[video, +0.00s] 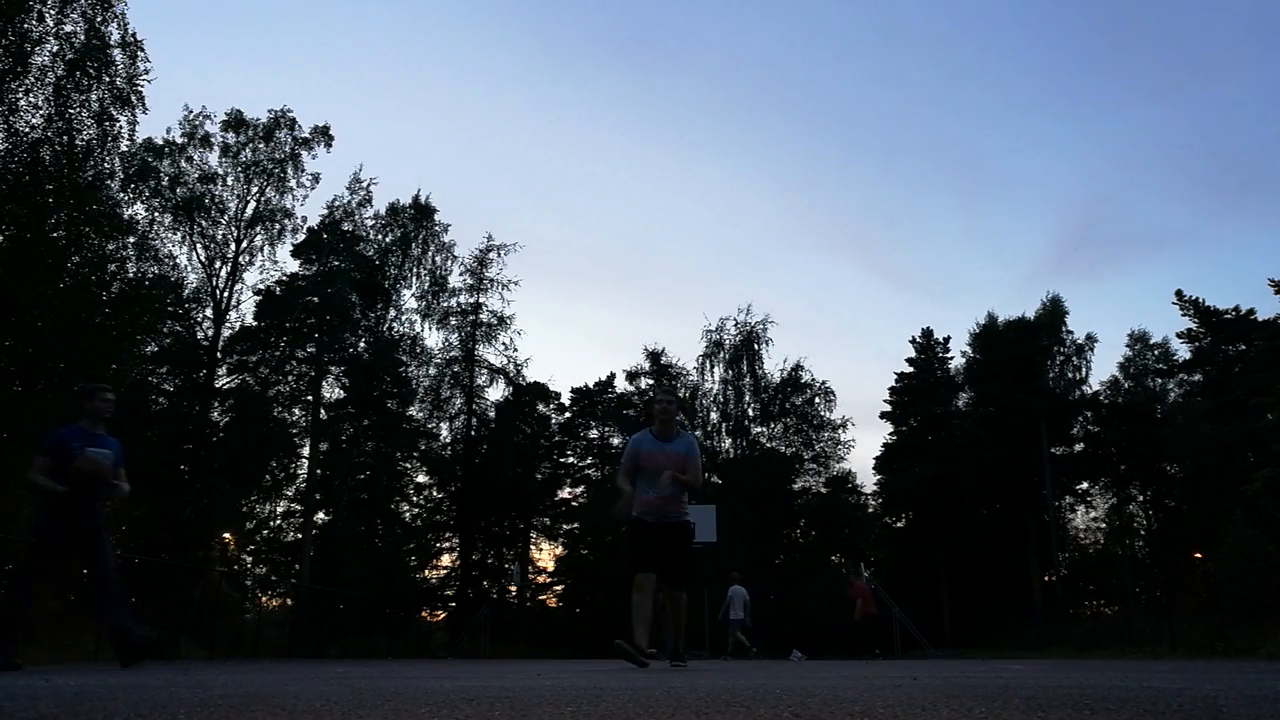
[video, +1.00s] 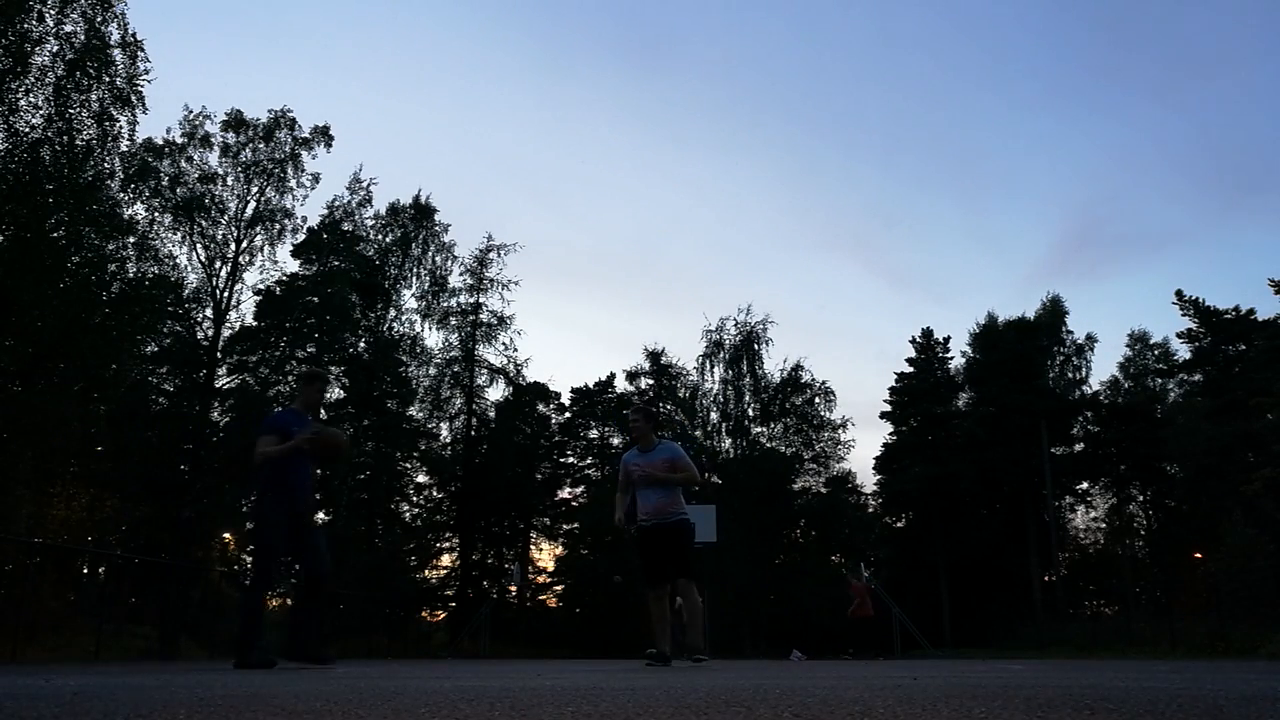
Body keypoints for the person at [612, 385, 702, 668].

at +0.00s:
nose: (664, 407)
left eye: (669, 402)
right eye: (660, 402)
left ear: (677, 408)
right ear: (652, 408)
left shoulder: (688, 443)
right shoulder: (637, 441)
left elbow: (696, 482)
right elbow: (622, 476)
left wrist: (677, 477)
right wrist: (629, 491)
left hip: (676, 522)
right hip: (643, 521)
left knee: (675, 588)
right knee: (643, 582)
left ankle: (677, 651)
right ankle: (640, 646)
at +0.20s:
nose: (667, 405)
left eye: (672, 401)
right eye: (663, 401)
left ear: (680, 406)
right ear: (656, 406)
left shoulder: (692, 439)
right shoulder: (644, 437)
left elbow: (705, 476)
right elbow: (630, 471)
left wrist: (686, 470)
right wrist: (650, 461)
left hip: (679, 517)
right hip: (648, 516)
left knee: (678, 584)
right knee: (648, 580)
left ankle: (677, 650)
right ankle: (653, 648)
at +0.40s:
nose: (655, 411)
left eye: (661, 407)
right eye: (654, 406)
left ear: (676, 412)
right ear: (654, 412)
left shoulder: (691, 442)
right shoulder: (644, 440)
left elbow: (706, 477)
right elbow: (633, 474)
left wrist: (686, 473)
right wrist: (650, 456)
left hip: (679, 520)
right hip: (648, 519)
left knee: (678, 584)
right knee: (650, 584)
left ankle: (678, 649)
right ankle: (652, 646)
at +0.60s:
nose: (645, 419)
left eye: (650, 415)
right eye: (644, 415)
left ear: (666, 418)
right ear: (645, 420)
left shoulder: (684, 448)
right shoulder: (637, 449)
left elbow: (703, 480)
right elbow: (629, 483)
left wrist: (673, 480)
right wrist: (650, 490)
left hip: (675, 523)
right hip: (646, 524)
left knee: (676, 586)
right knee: (651, 587)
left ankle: (677, 650)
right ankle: (656, 647)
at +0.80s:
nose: (634, 425)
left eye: (639, 420)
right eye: (633, 421)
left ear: (654, 422)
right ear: (634, 425)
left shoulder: (675, 449)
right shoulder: (630, 458)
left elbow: (698, 477)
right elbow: (625, 493)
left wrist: (663, 479)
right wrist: (628, 521)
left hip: (675, 525)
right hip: (646, 527)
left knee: (675, 585)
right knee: (652, 588)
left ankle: (677, 647)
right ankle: (659, 648)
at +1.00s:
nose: (632, 426)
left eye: (636, 422)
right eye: (630, 422)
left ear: (650, 424)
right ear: (631, 426)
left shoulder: (670, 449)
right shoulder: (628, 459)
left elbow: (693, 477)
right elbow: (623, 491)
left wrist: (659, 476)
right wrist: (620, 513)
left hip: (676, 525)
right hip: (647, 528)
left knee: (685, 585)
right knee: (656, 589)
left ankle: (696, 647)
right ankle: (662, 650)